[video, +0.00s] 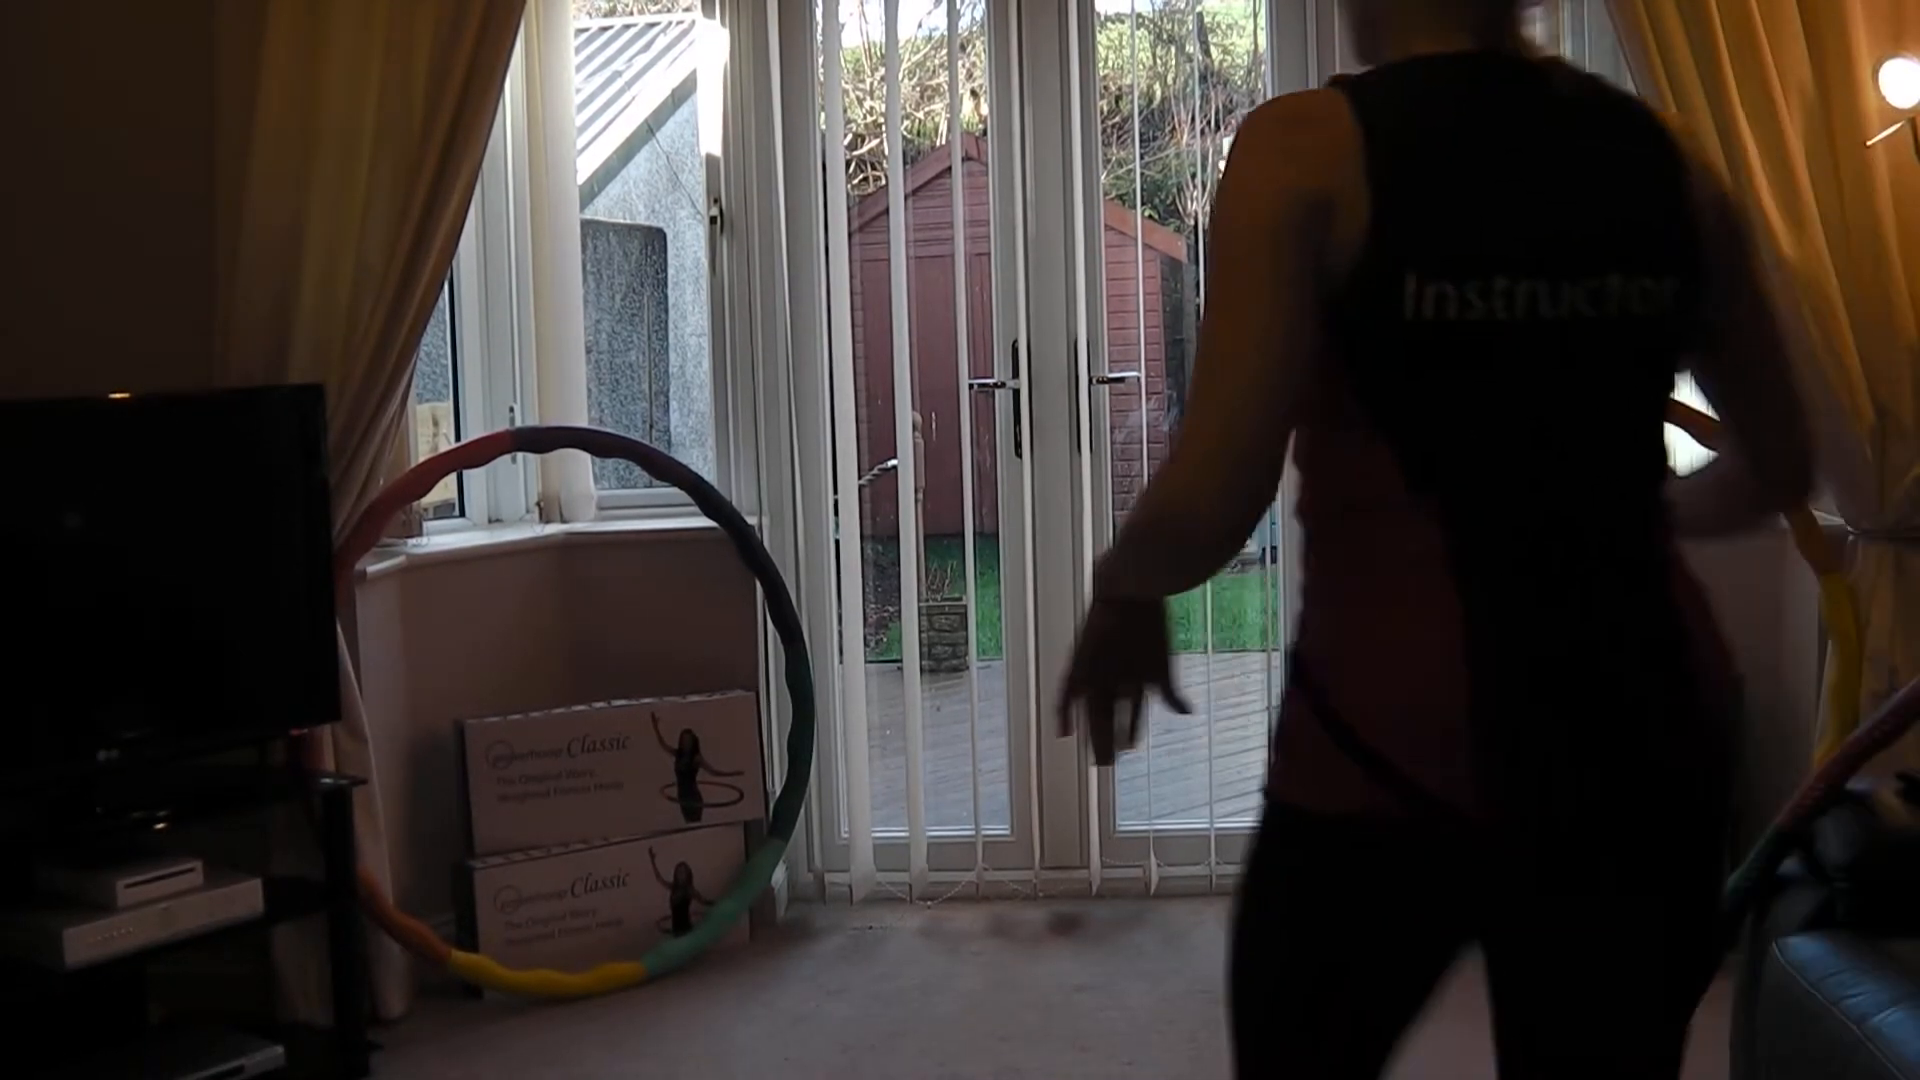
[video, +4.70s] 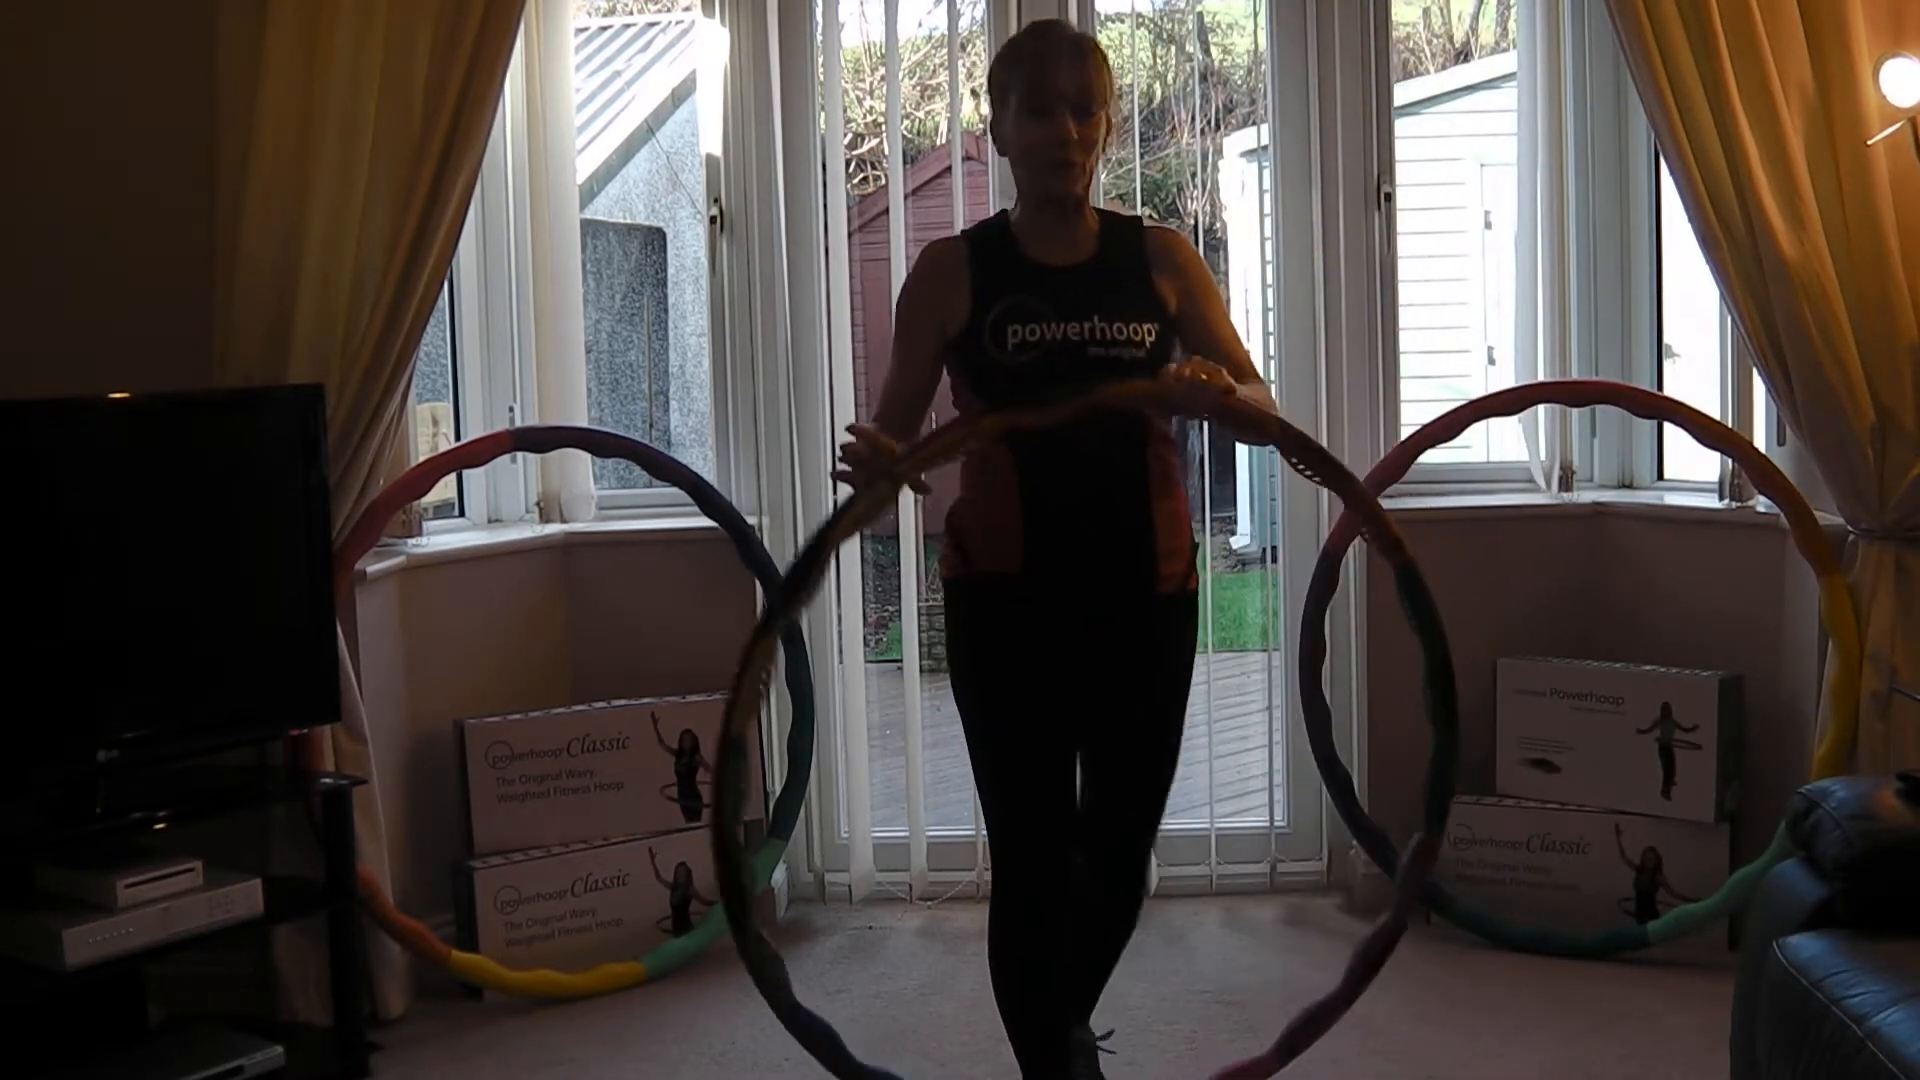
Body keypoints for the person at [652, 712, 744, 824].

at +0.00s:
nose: (684, 742)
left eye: (688, 739)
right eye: (683, 739)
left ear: (693, 742)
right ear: (680, 741)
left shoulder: (696, 758)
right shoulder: (678, 754)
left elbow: (713, 772)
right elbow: (662, 744)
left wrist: (733, 774)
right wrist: (655, 726)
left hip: (693, 794)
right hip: (682, 794)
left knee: (696, 827)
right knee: (690, 827)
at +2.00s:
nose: (685, 742)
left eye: (688, 739)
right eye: (683, 739)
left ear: (693, 741)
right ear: (680, 741)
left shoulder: (696, 757)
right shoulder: (678, 754)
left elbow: (712, 772)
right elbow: (662, 744)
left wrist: (732, 774)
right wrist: (655, 725)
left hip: (693, 794)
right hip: (682, 795)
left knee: (695, 828)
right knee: (690, 828)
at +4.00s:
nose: (685, 742)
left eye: (688, 739)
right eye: (683, 739)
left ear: (694, 742)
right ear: (680, 741)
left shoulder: (696, 758)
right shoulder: (678, 755)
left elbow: (712, 772)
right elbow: (662, 745)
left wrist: (733, 773)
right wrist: (655, 726)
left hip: (693, 795)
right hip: (682, 795)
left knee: (695, 828)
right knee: (691, 828)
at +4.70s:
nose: (686, 743)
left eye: (689, 740)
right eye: (684, 739)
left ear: (694, 742)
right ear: (680, 741)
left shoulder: (696, 757)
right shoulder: (678, 754)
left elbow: (711, 771)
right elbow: (662, 745)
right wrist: (655, 727)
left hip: (693, 793)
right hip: (682, 794)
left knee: (696, 826)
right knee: (690, 827)